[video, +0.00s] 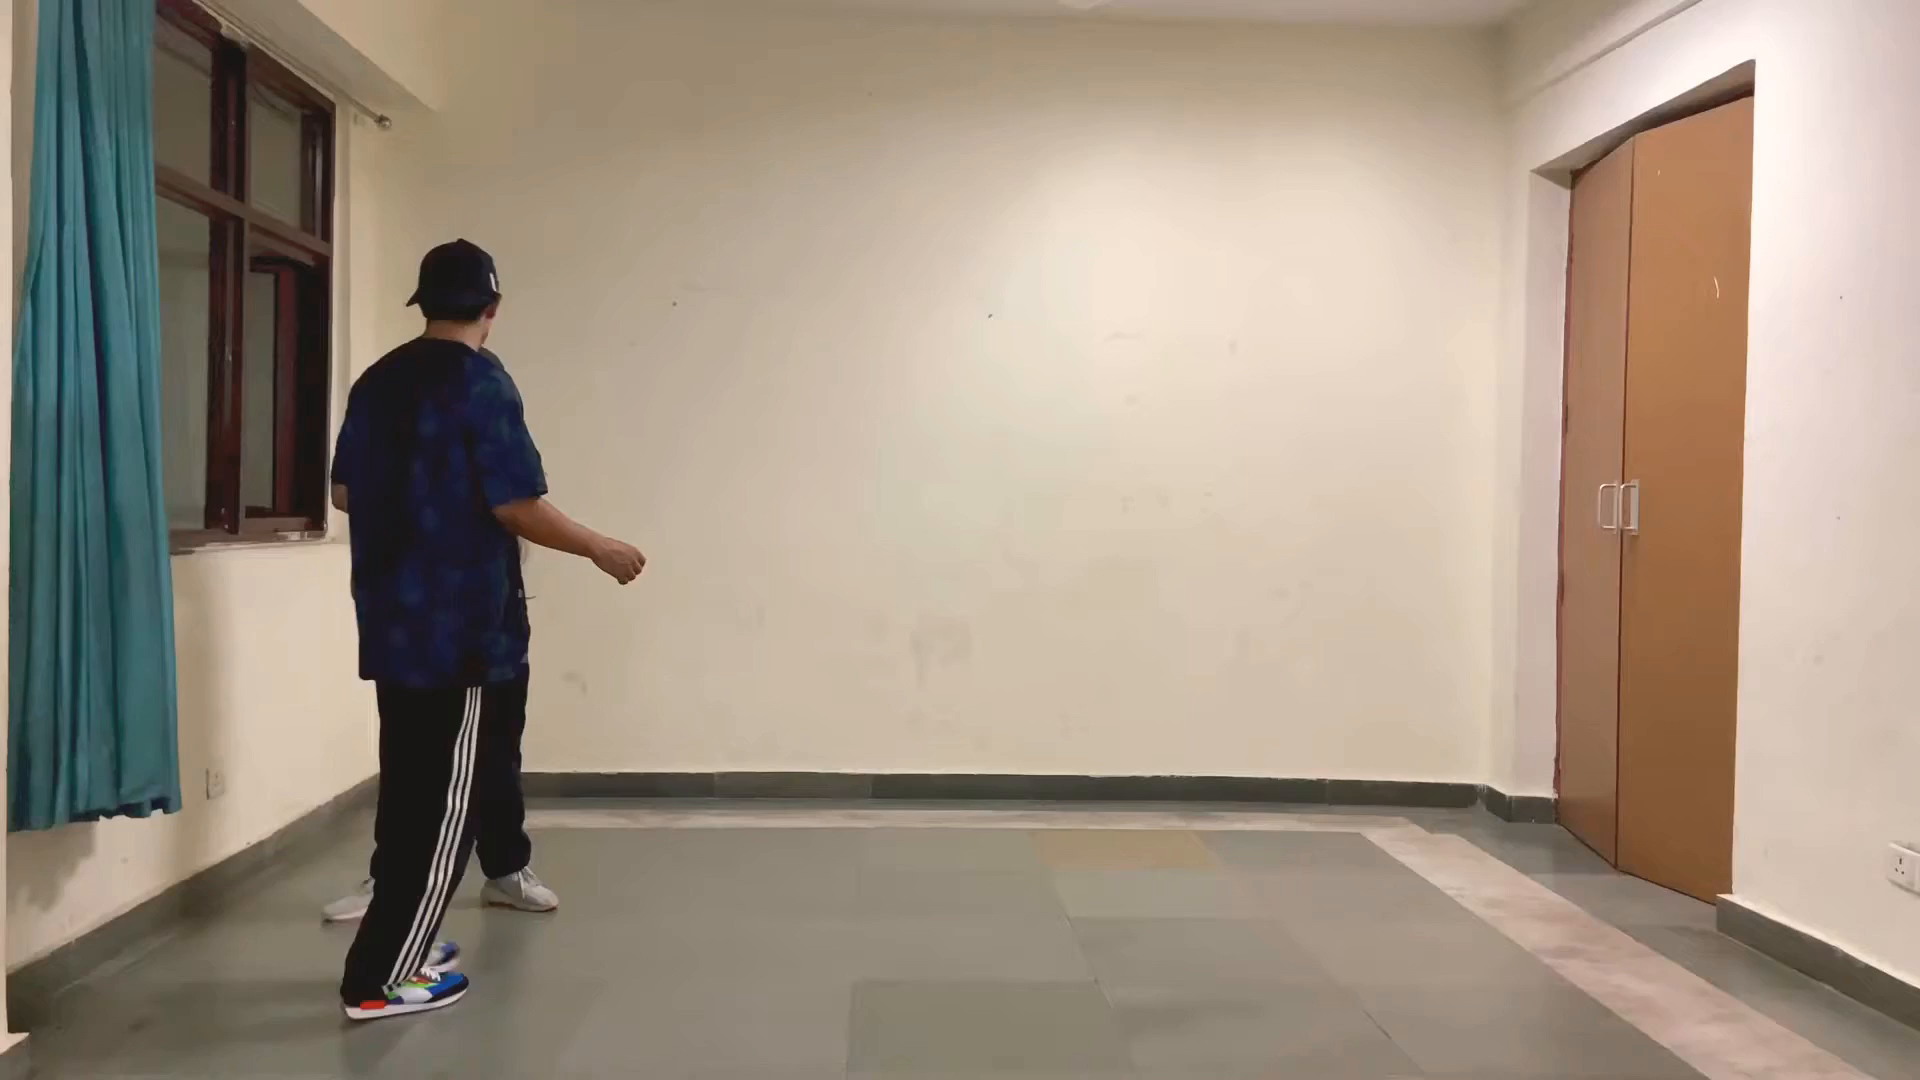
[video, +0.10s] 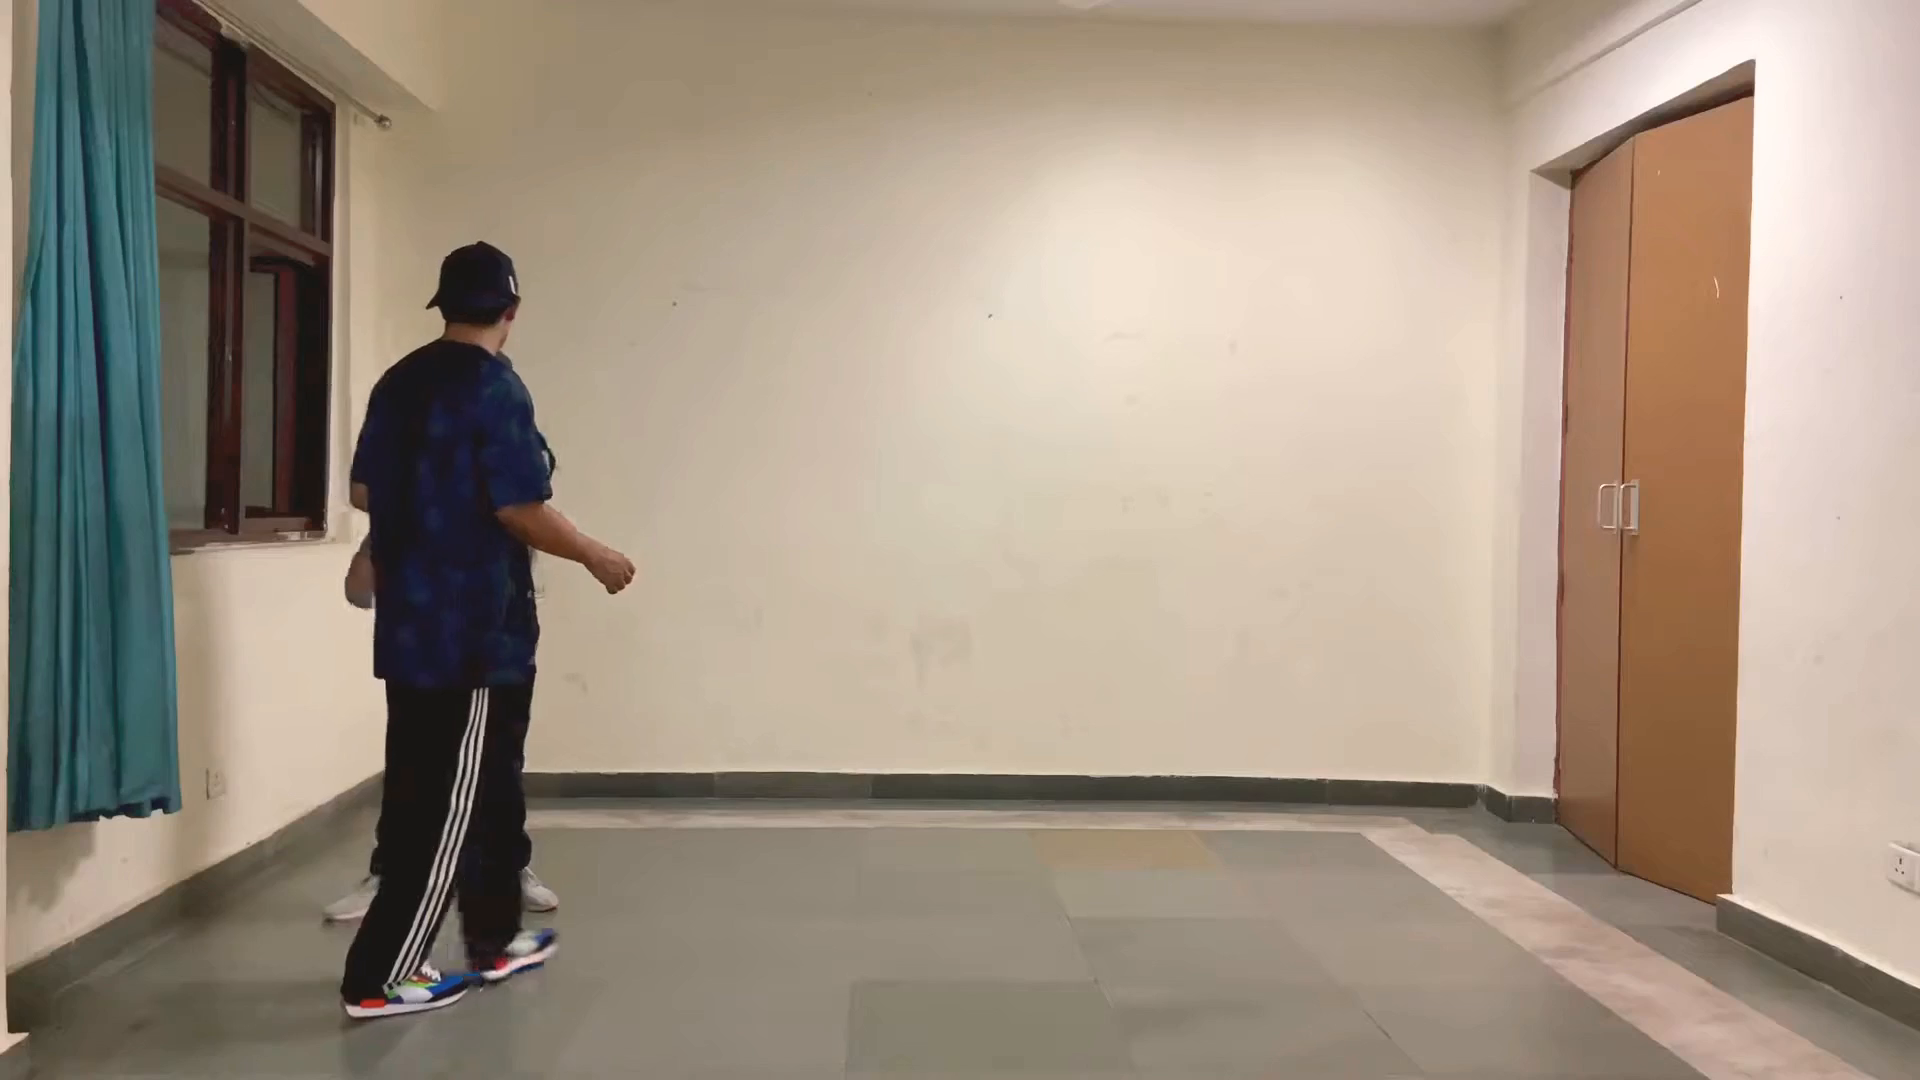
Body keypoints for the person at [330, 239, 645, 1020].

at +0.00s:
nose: (496, 317)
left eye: (489, 306)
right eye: (496, 306)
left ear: (423, 306)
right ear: (489, 308)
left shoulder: (376, 379)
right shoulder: (480, 379)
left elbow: (350, 489)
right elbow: (515, 504)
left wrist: (433, 521)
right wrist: (599, 547)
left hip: (394, 625)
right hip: (460, 628)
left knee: (410, 787)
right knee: (447, 801)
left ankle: (400, 942)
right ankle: (380, 981)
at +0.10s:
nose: (515, 317)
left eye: (505, 306)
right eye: (516, 306)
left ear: (444, 307)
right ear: (511, 308)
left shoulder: (396, 382)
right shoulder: (496, 388)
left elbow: (366, 490)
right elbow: (518, 506)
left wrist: (449, 517)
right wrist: (592, 554)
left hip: (409, 627)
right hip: (478, 632)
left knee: (487, 790)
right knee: (446, 803)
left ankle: (494, 941)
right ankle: (381, 979)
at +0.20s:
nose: (532, 322)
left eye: (526, 311)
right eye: (534, 312)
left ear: (460, 312)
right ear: (529, 314)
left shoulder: (419, 388)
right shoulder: (509, 393)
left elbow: (387, 503)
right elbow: (522, 514)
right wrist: (585, 574)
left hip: (428, 631)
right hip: (487, 635)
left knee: (502, 793)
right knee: (449, 807)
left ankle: (570, 929)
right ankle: (381, 978)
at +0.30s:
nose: (555, 326)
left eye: (546, 316)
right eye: (555, 315)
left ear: (483, 321)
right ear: (547, 317)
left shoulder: (448, 393)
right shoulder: (528, 398)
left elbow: (405, 515)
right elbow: (531, 527)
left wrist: (318, 542)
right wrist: (576, 592)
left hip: (445, 633)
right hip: (496, 640)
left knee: (535, 796)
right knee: (459, 817)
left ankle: (597, 934)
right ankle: (381, 974)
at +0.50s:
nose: (601, 327)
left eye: (593, 318)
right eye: (600, 317)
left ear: (533, 322)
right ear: (592, 319)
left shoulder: (510, 390)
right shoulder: (573, 391)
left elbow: (488, 506)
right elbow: (574, 507)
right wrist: (600, 616)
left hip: (509, 619)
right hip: (546, 622)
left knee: (569, 785)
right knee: (508, 796)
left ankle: (604, 934)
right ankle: (398, 947)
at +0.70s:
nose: (651, 334)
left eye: (645, 322)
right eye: (650, 323)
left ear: (585, 326)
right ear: (640, 325)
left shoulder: (561, 390)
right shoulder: (608, 391)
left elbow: (586, 509)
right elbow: (634, 496)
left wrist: (655, 560)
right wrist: (691, 573)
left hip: (567, 612)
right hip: (608, 616)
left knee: (587, 775)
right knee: (624, 778)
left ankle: (603, 938)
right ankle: (483, 903)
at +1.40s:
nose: (817, 361)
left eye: (813, 350)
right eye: (817, 351)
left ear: (757, 346)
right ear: (808, 348)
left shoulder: (711, 407)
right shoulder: (787, 409)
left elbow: (682, 499)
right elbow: (802, 511)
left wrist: (752, 546)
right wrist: (870, 571)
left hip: (716, 615)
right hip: (783, 616)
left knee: (701, 752)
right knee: (799, 760)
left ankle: (630, 888)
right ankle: (802, 895)